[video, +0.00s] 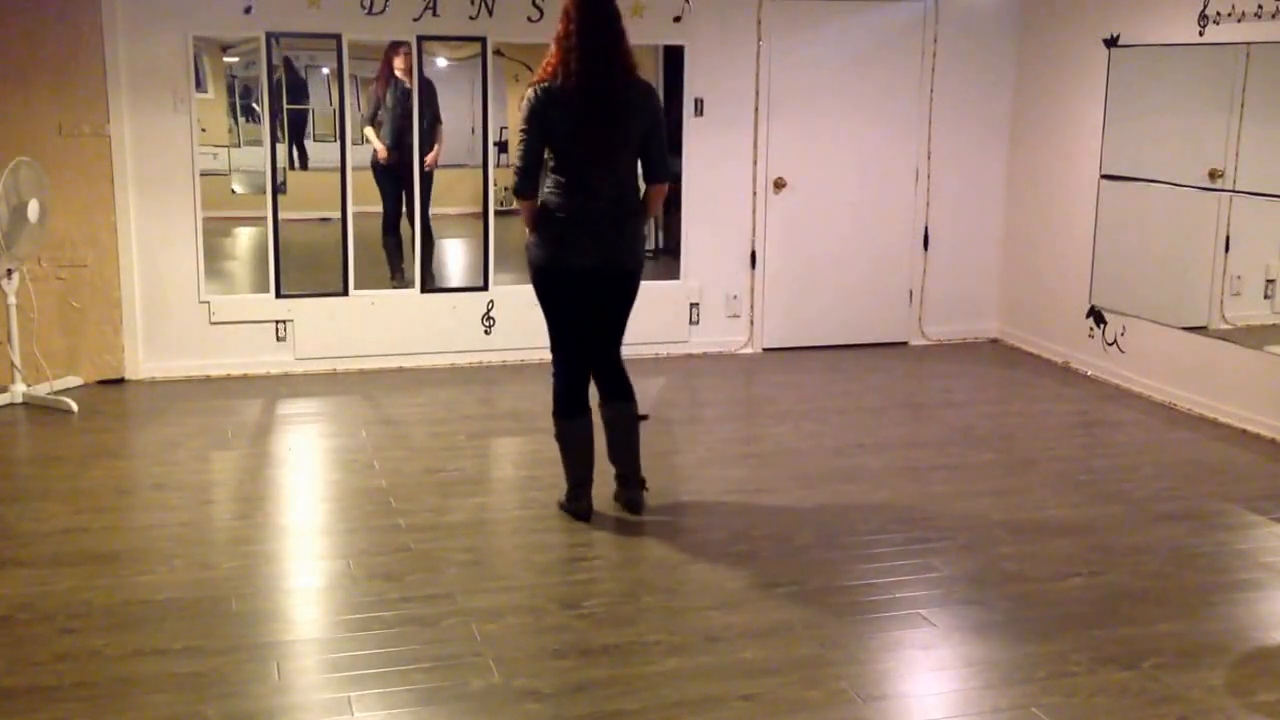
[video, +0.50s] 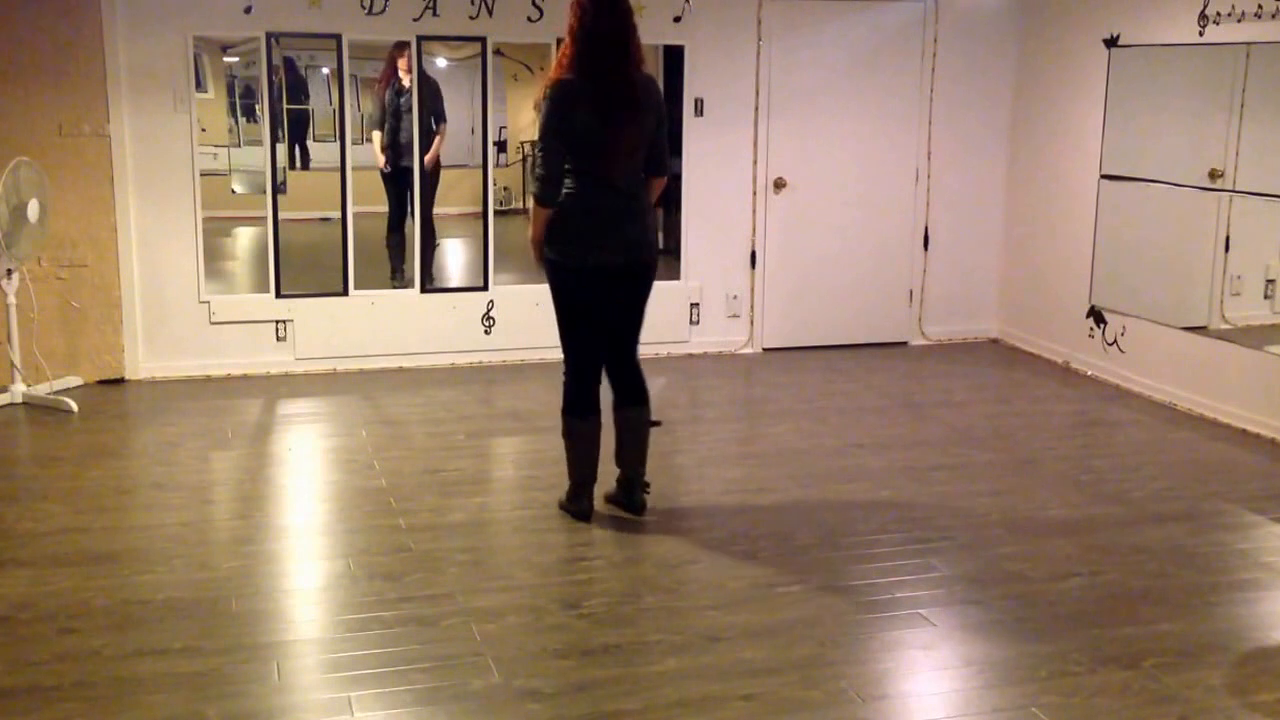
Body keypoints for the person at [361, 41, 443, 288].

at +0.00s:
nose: (404, 60)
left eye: (408, 55)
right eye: (399, 55)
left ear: (414, 58)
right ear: (390, 59)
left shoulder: (425, 86)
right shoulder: (381, 86)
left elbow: (436, 122)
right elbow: (367, 122)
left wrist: (436, 150)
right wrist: (378, 144)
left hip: (419, 161)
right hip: (388, 160)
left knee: (420, 217)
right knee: (392, 215)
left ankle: (426, 272)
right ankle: (396, 271)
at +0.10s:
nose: (404, 60)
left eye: (408, 55)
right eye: (399, 55)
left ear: (414, 58)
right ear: (391, 59)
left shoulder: (425, 86)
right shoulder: (381, 87)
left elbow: (437, 122)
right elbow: (368, 123)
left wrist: (435, 151)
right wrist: (377, 144)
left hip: (419, 160)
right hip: (388, 160)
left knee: (416, 216)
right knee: (391, 215)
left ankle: (426, 272)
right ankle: (396, 271)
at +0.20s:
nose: (404, 60)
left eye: (408, 55)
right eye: (399, 55)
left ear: (414, 58)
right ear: (391, 59)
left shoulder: (426, 86)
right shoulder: (381, 87)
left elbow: (437, 123)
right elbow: (368, 123)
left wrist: (433, 151)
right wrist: (378, 144)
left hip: (418, 160)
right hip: (388, 159)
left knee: (415, 215)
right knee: (391, 215)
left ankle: (426, 271)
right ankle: (396, 271)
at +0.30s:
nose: (404, 61)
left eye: (408, 56)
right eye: (399, 57)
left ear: (414, 59)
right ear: (392, 60)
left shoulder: (427, 87)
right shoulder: (382, 88)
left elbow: (439, 125)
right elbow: (370, 124)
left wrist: (432, 152)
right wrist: (377, 146)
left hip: (418, 162)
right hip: (388, 161)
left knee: (414, 216)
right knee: (391, 216)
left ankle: (425, 270)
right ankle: (396, 271)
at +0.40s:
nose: (404, 62)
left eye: (409, 57)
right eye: (400, 57)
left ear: (415, 60)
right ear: (392, 61)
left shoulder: (428, 87)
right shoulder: (384, 88)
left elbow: (440, 126)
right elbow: (373, 124)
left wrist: (431, 153)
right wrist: (376, 148)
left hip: (420, 162)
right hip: (389, 162)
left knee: (416, 216)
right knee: (392, 216)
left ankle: (424, 272)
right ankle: (396, 271)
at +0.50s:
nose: (407, 61)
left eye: (410, 57)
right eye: (402, 57)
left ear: (417, 59)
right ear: (394, 60)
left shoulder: (429, 85)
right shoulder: (384, 87)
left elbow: (441, 123)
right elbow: (376, 123)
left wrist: (433, 153)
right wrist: (378, 152)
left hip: (423, 162)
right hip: (394, 162)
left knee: (424, 216)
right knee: (396, 215)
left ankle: (426, 272)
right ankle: (397, 270)